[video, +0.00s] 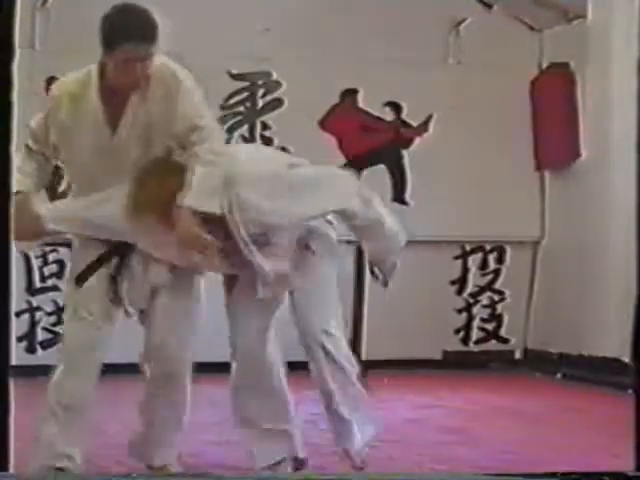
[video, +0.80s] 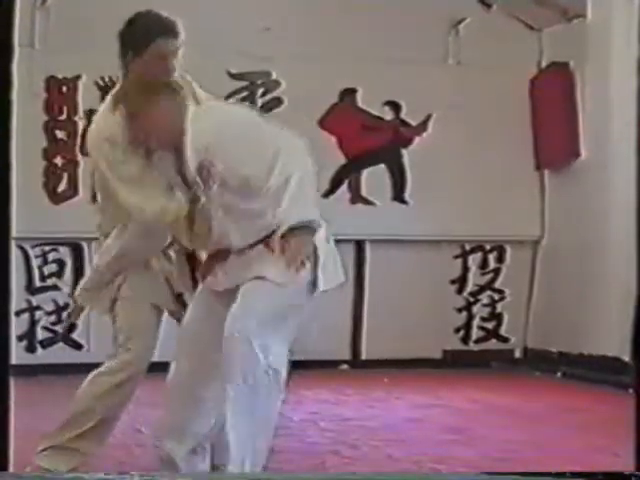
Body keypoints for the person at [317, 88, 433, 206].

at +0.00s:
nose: (357, 102)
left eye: (356, 99)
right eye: (355, 99)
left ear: (342, 99)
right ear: (350, 99)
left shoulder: (332, 118)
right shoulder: (354, 112)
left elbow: (322, 125)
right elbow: (378, 124)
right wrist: (395, 126)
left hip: (354, 158)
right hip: (371, 154)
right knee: (393, 153)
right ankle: (399, 196)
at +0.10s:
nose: (356, 101)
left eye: (356, 98)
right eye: (355, 98)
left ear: (341, 99)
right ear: (349, 98)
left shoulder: (331, 116)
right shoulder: (354, 111)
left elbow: (321, 123)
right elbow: (376, 122)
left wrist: (340, 132)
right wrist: (393, 125)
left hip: (353, 157)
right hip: (369, 152)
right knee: (394, 153)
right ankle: (399, 194)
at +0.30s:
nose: (356, 102)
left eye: (355, 99)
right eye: (355, 99)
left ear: (341, 99)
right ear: (349, 99)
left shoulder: (331, 115)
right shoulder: (354, 112)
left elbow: (321, 123)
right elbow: (375, 122)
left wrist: (339, 133)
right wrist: (393, 124)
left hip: (352, 156)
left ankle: (356, 195)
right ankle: (415, 131)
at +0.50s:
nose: (356, 101)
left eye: (355, 98)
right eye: (355, 98)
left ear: (341, 98)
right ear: (349, 98)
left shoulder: (331, 115)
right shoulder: (354, 111)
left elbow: (321, 123)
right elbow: (375, 121)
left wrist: (339, 132)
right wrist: (393, 123)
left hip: (352, 155)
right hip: (369, 151)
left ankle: (356, 195)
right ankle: (415, 130)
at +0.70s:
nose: (356, 100)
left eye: (356, 97)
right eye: (355, 97)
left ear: (340, 98)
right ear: (349, 97)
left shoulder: (330, 116)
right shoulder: (353, 109)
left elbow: (321, 122)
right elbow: (375, 120)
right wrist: (393, 123)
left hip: (353, 154)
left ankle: (356, 194)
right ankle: (399, 193)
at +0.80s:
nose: (356, 102)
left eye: (356, 99)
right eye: (354, 99)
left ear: (340, 100)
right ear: (348, 99)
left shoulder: (330, 118)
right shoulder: (353, 111)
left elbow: (321, 124)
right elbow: (375, 122)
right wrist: (393, 124)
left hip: (355, 156)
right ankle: (399, 194)